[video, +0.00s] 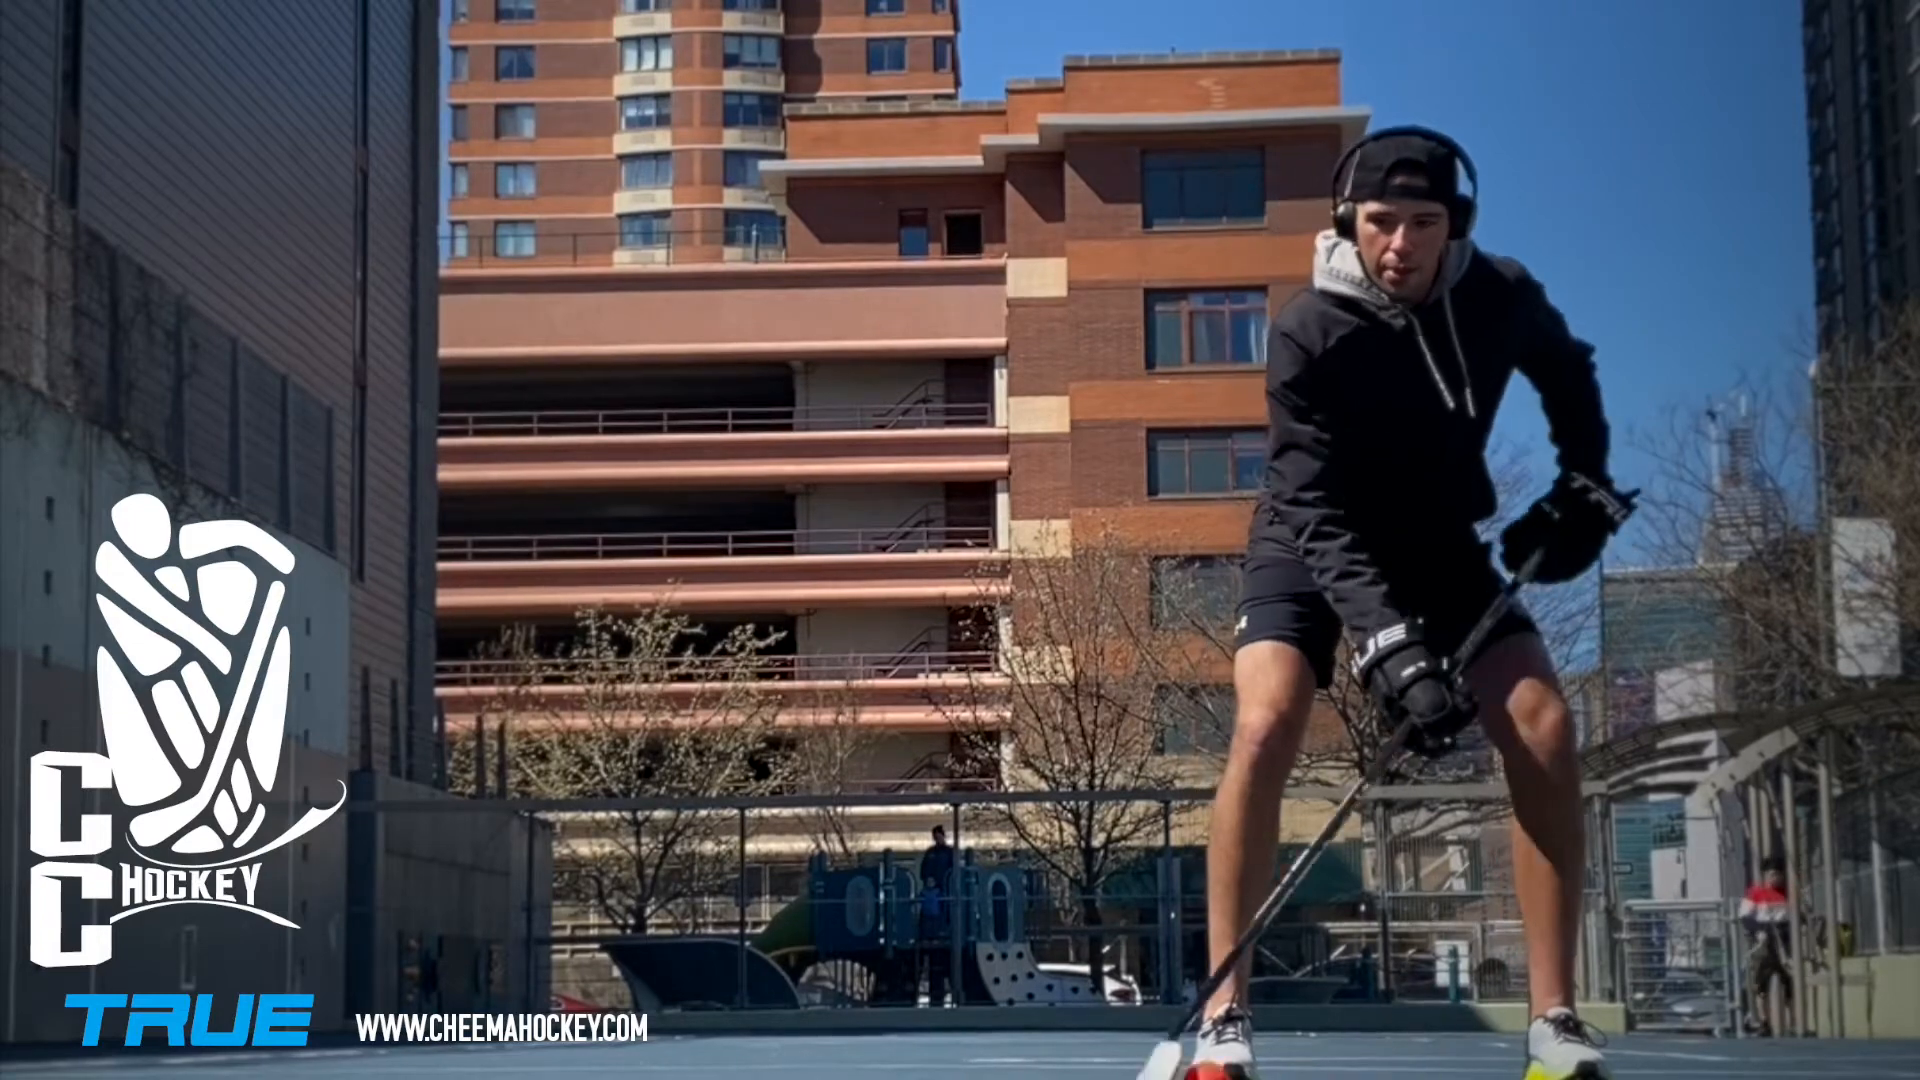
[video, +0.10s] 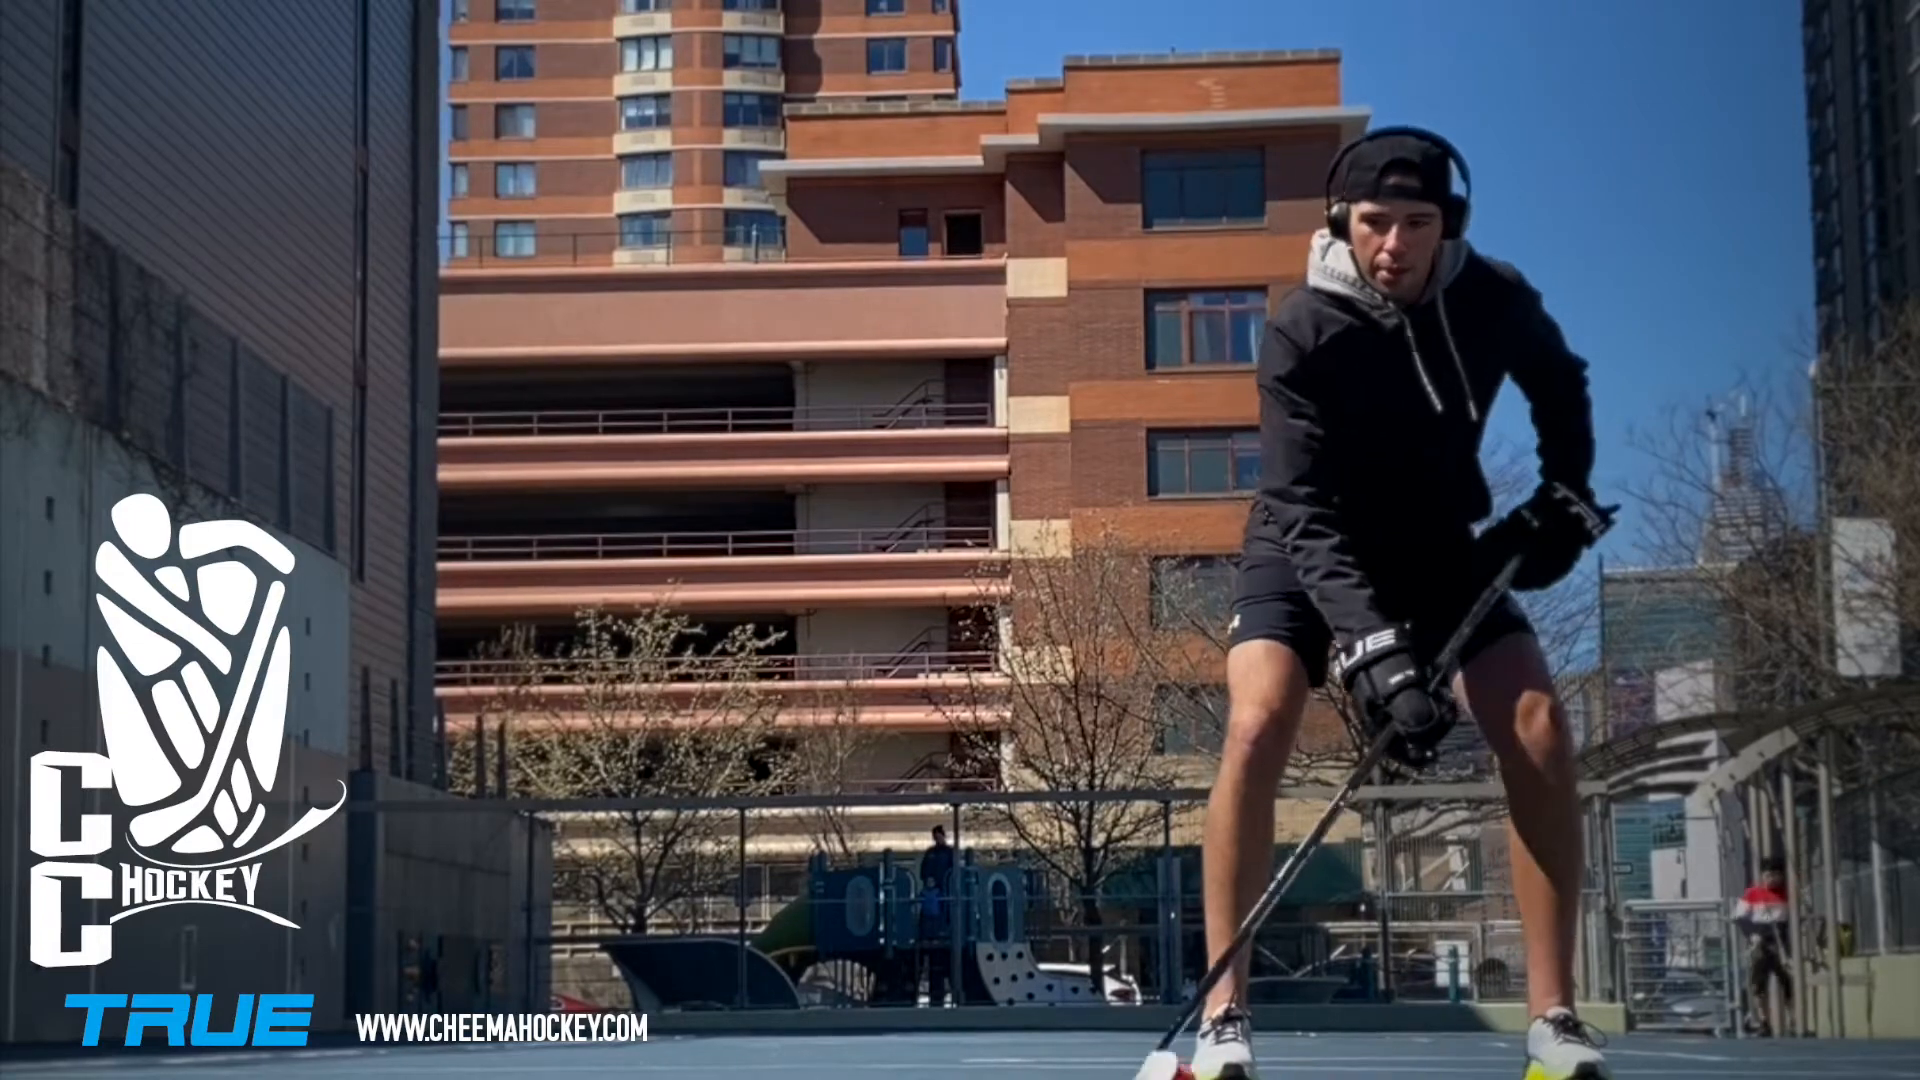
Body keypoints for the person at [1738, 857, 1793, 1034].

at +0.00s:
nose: (1773, 879)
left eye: (1776, 874)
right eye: (1769, 875)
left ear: (1782, 876)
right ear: (1763, 876)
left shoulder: (1785, 895)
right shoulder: (1755, 894)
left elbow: (1792, 918)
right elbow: (1745, 915)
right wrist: (1755, 933)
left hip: (1783, 942)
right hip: (1761, 942)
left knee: (1788, 982)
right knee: (1758, 984)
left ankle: (1793, 1024)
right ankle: (1762, 1021)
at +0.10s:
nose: (1771, 880)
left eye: (1775, 875)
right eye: (1767, 875)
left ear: (1782, 876)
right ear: (1762, 876)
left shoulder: (1785, 895)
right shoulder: (1753, 895)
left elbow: (1790, 921)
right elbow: (1740, 916)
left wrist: (1790, 949)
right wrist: (1750, 936)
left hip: (1780, 944)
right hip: (1759, 945)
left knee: (1787, 983)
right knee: (1757, 986)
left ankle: (1792, 1023)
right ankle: (1763, 1022)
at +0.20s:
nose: (1768, 880)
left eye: (1772, 875)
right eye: (1765, 875)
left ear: (1778, 876)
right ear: (1759, 875)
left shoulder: (1782, 896)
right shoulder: (1748, 896)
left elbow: (1788, 921)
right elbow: (1738, 920)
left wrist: (1788, 945)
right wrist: (1748, 939)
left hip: (1778, 945)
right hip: (1757, 946)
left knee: (1786, 983)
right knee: (1757, 986)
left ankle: (1789, 1023)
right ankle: (1760, 1022)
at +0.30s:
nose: (1761, 880)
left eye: (1765, 875)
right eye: (1758, 875)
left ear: (1770, 876)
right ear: (1753, 875)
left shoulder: (1776, 895)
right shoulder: (1744, 895)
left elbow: (1785, 918)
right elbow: (1734, 918)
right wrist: (1747, 937)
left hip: (1775, 944)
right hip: (1755, 945)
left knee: (1784, 980)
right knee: (1757, 984)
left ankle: (1786, 1020)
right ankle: (1763, 1022)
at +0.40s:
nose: (1761, 879)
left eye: (1764, 875)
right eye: (1757, 875)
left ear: (1768, 875)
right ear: (1750, 876)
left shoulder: (1773, 895)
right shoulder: (1743, 896)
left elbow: (1783, 918)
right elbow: (1733, 919)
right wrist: (1746, 938)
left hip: (1772, 943)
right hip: (1753, 944)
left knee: (1781, 977)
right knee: (1756, 981)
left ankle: (1778, 1019)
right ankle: (1758, 1021)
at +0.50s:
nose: (1758, 878)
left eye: (1760, 874)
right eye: (1754, 874)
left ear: (1764, 874)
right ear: (1748, 876)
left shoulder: (1772, 894)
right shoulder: (1740, 897)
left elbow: (1782, 916)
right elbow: (1733, 920)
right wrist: (1749, 936)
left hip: (1771, 942)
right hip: (1752, 944)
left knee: (1781, 976)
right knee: (1756, 982)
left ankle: (1778, 1019)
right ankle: (1761, 1021)